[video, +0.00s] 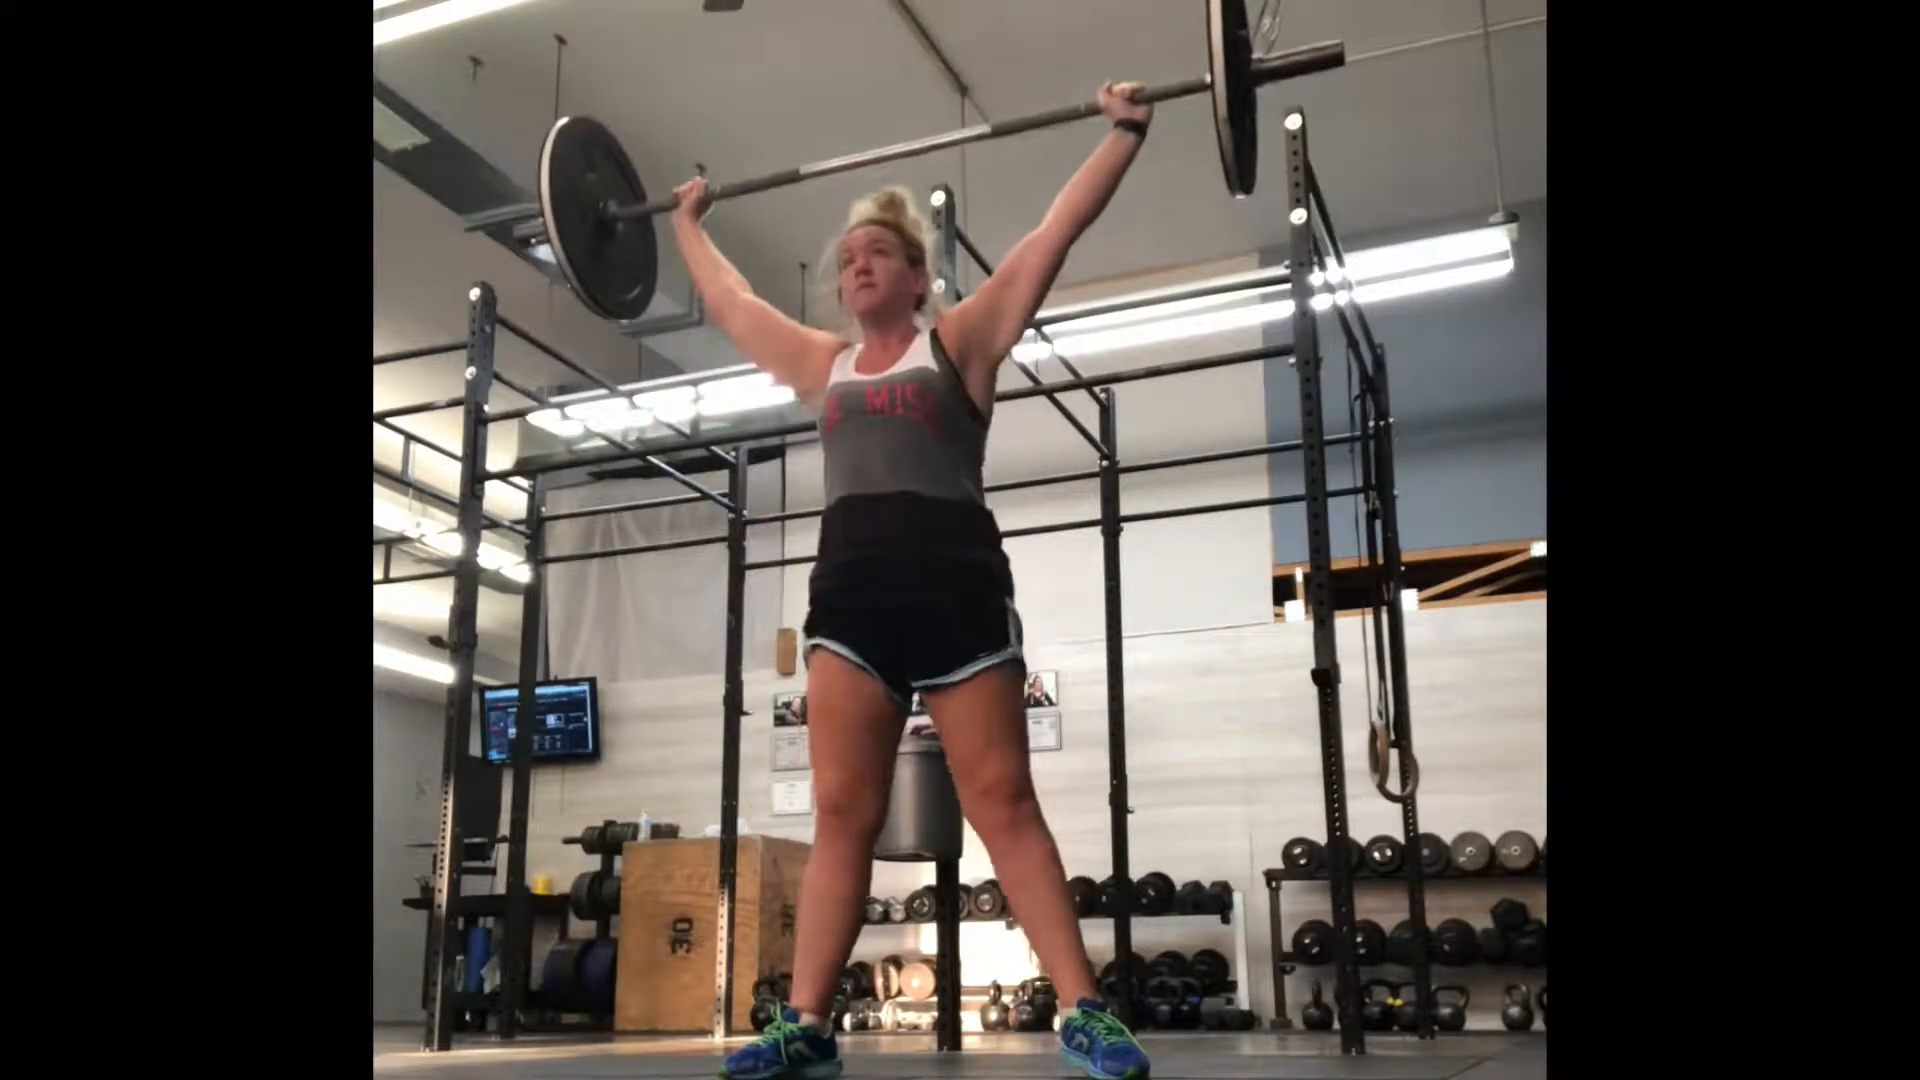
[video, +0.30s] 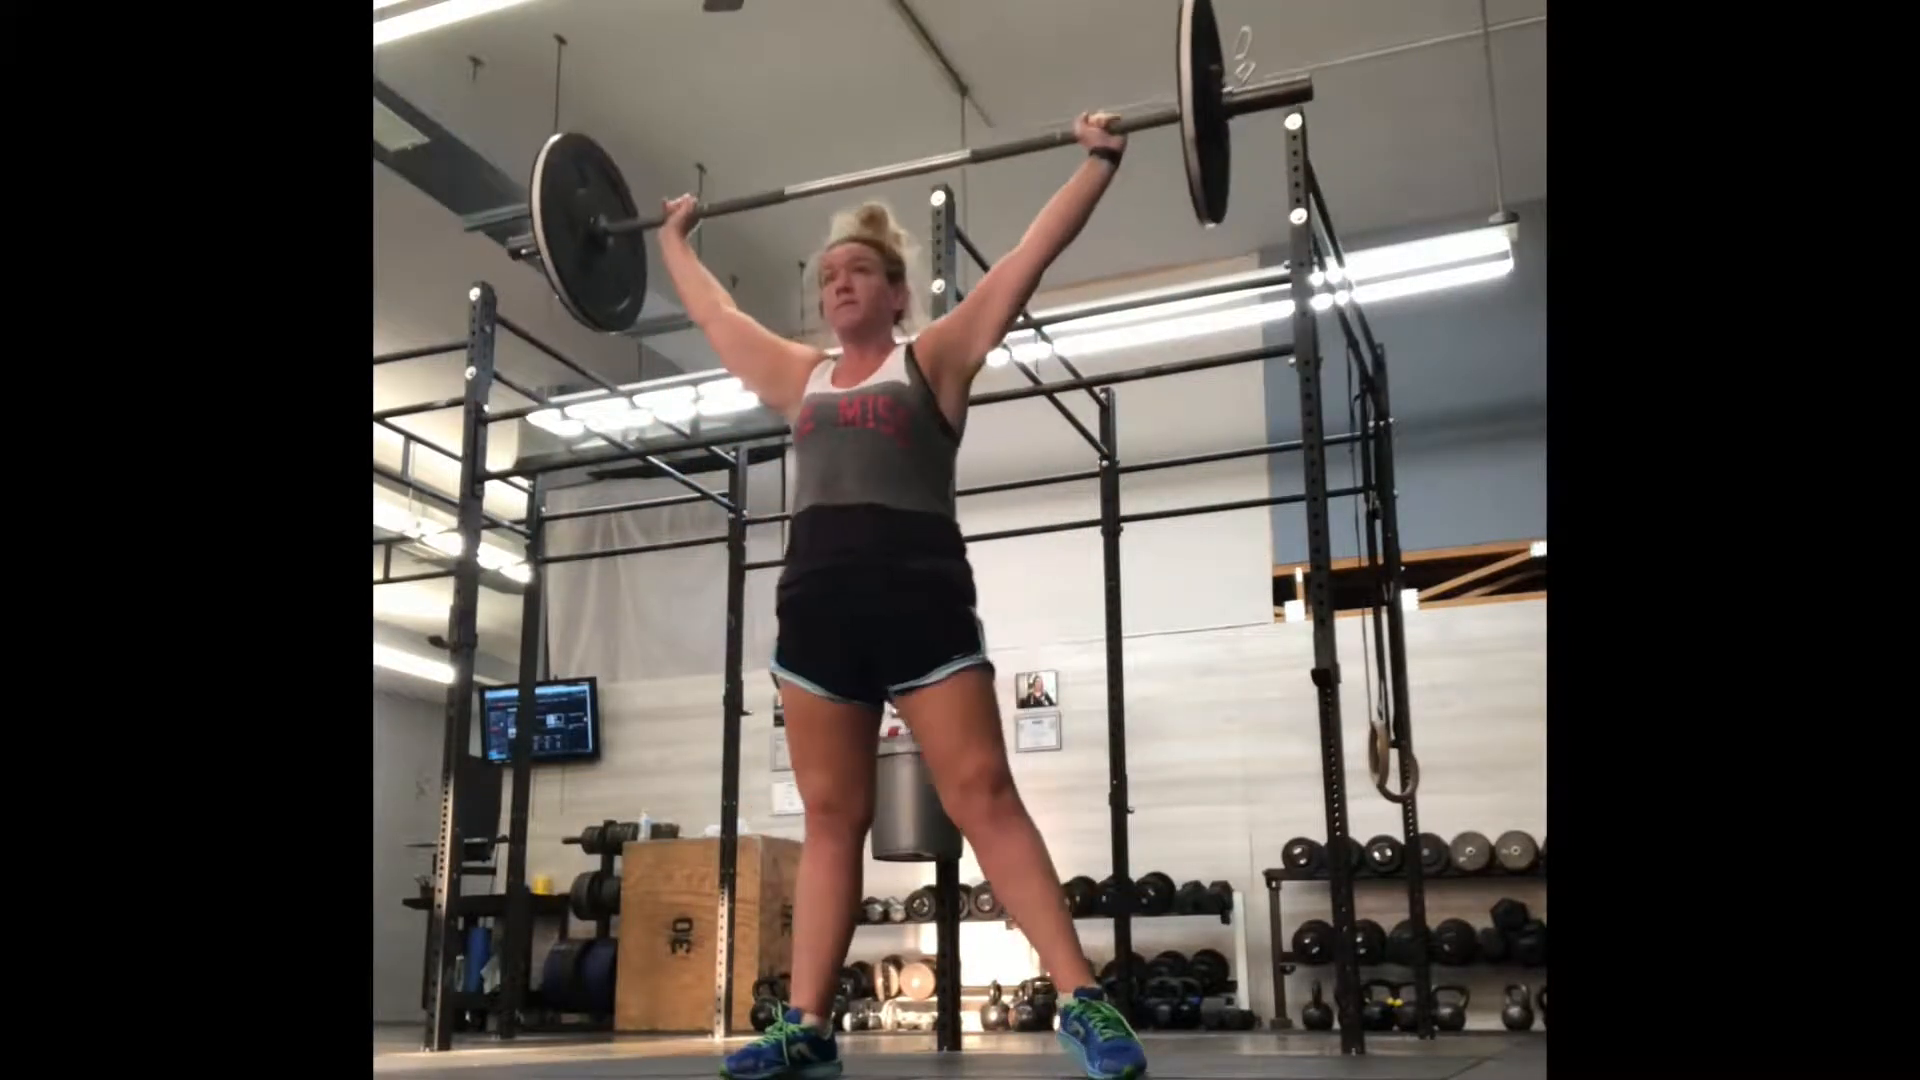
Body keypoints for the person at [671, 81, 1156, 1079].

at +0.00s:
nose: (859, 264)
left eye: (876, 252)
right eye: (849, 257)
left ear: (917, 269)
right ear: (838, 280)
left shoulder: (963, 336)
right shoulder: (824, 364)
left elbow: (1054, 233)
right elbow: (731, 303)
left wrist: (1124, 133)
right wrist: (685, 221)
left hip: (957, 595)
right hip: (847, 603)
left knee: (1003, 804)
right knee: (839, 812)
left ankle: (1080, 1007)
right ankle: (806, 1025)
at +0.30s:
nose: (841, 285)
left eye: (857, 273)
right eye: (829, 276)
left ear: (896, 288)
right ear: (818, 294)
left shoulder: (936, 356)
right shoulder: (800, 374)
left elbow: (1025, 261)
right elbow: (716, 315)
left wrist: (1098, 163)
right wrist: (671, 236)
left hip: (924, 602)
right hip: (817, 613)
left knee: (986, 795)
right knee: (828, 818)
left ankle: (1079, 993)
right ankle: (806, 1025)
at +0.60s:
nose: (821, 597)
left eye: (841, 583)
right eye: (813, 586)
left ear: (887, 601)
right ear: (807, 602)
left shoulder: (941, 671)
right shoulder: (812, 694)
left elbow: (1031, 794)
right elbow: (756, 808)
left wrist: (1117, 902)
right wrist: (678, 916)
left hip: (974, 817)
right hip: (889, 825)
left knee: (1016, 845)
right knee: (788, 852)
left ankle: (1037, 1019)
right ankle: (844, 1025)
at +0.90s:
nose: (821, 569)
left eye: (840, 552)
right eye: (811, 554)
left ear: (886, 562)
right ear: (803, 563)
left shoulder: (946, 622)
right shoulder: (813, 650)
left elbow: (1041, 745)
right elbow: (756, 764)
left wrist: (1116, 855)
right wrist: (691, 864)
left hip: (999, 735)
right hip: (905, 747)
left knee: (1008, 825)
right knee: (832, 836)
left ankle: (1039, 1021)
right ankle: (844, 1026)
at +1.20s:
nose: (860, 372)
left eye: (876, 358)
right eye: (859, 358)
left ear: (921, 369)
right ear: (855, 375)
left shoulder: (965, 454)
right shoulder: (840, 477)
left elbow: (1084, 499)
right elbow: (744, 545)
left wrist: (1101, 600)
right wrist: (688, 627)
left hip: (986, 674)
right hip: (886, 680)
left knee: (1002, 825)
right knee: (826, 831)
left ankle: (1039, 1013)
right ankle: (840, 1020)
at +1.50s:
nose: (899, 344)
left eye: (915, 330)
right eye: (893, 334)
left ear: (956, 339)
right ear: (891, 349)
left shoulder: (994, 402)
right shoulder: (866, 425)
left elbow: (1102, 369)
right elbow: (761, 424)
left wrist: (1106, 264)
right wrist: (700, 333)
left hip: (977, 638)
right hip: (875, 644)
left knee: (1025, 813)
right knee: (808, 813)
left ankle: (1079, 1005)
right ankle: (815, 1014)